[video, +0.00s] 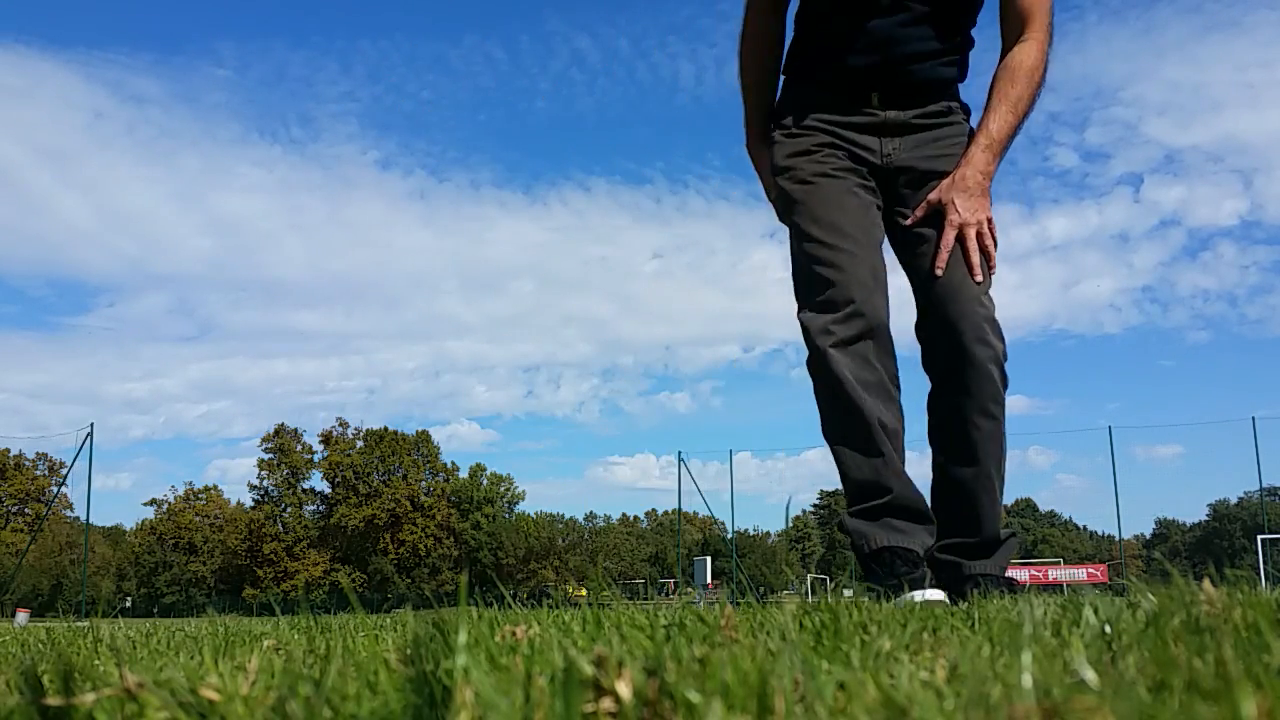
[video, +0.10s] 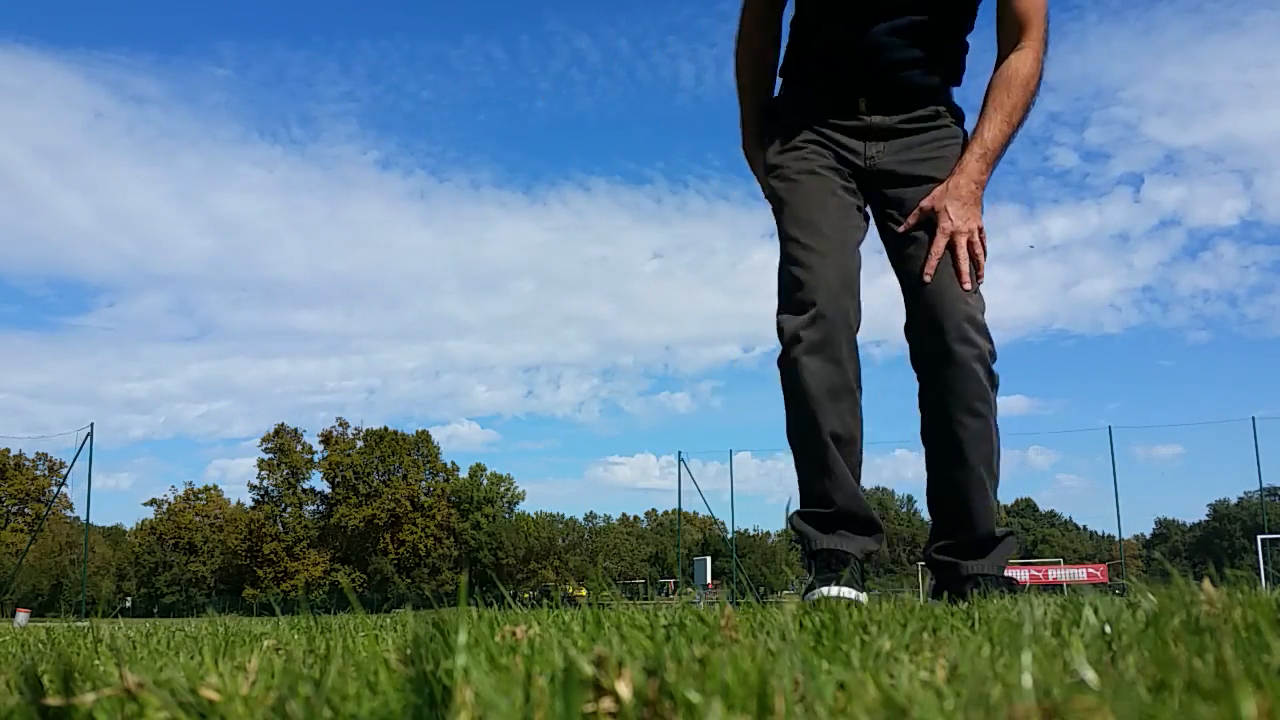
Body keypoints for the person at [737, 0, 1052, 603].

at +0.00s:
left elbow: (1029, 37)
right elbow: (762, 23)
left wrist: (977, 170)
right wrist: (761, 145)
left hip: (933, 124)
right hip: (818, 126)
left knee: (970, 333)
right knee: (850, 324)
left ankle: (974, 564)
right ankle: (896, 561)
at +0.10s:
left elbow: (1025, 45)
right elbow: (759, 21)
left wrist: (970, 178)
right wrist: (756, 140)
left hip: (924, 126)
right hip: (811, 126)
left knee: (956, 326)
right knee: (820, 317)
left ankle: (969, 566)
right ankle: (835, 561)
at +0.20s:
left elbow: (1006, 49)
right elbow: (746, 21)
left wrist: (962, 182)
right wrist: (740, 139)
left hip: (913, 131)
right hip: (799, 131)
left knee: (947, 328)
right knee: (776, 319)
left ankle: (967, 567)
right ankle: (753, 557)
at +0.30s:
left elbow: (987, 53)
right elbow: (722, 34)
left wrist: (959, 188)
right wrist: (716, 162)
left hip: (896, 142)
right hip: (778, 142)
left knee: (937, 334)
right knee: (730, 328)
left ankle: (964, 567)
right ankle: (679, 555)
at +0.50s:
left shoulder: (868, 1)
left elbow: (895, 64)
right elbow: (632, 79)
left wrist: (895, 197)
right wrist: (637, 208)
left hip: (823, 171)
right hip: (708, 180)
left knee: (892, 344)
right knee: (657, 366)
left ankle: (961, 566)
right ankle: (604, 575)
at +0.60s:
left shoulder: (808, 2)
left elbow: (823, 61)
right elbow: (576, 86)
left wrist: (817, 169)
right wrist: (593, 212)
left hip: (778, 175)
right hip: (666, 185)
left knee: (856, 348)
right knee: (633, 373)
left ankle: (953, 563)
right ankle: (605, 579)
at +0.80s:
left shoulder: (740, 3)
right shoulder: (541, 5)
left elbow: (753, 62)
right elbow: (517, 93)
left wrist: (739, 157)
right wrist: (552, 206)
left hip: (722, 178)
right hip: (615, 188)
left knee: (786, 359)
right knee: (605, 377)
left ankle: (855, 560)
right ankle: (600, 575)